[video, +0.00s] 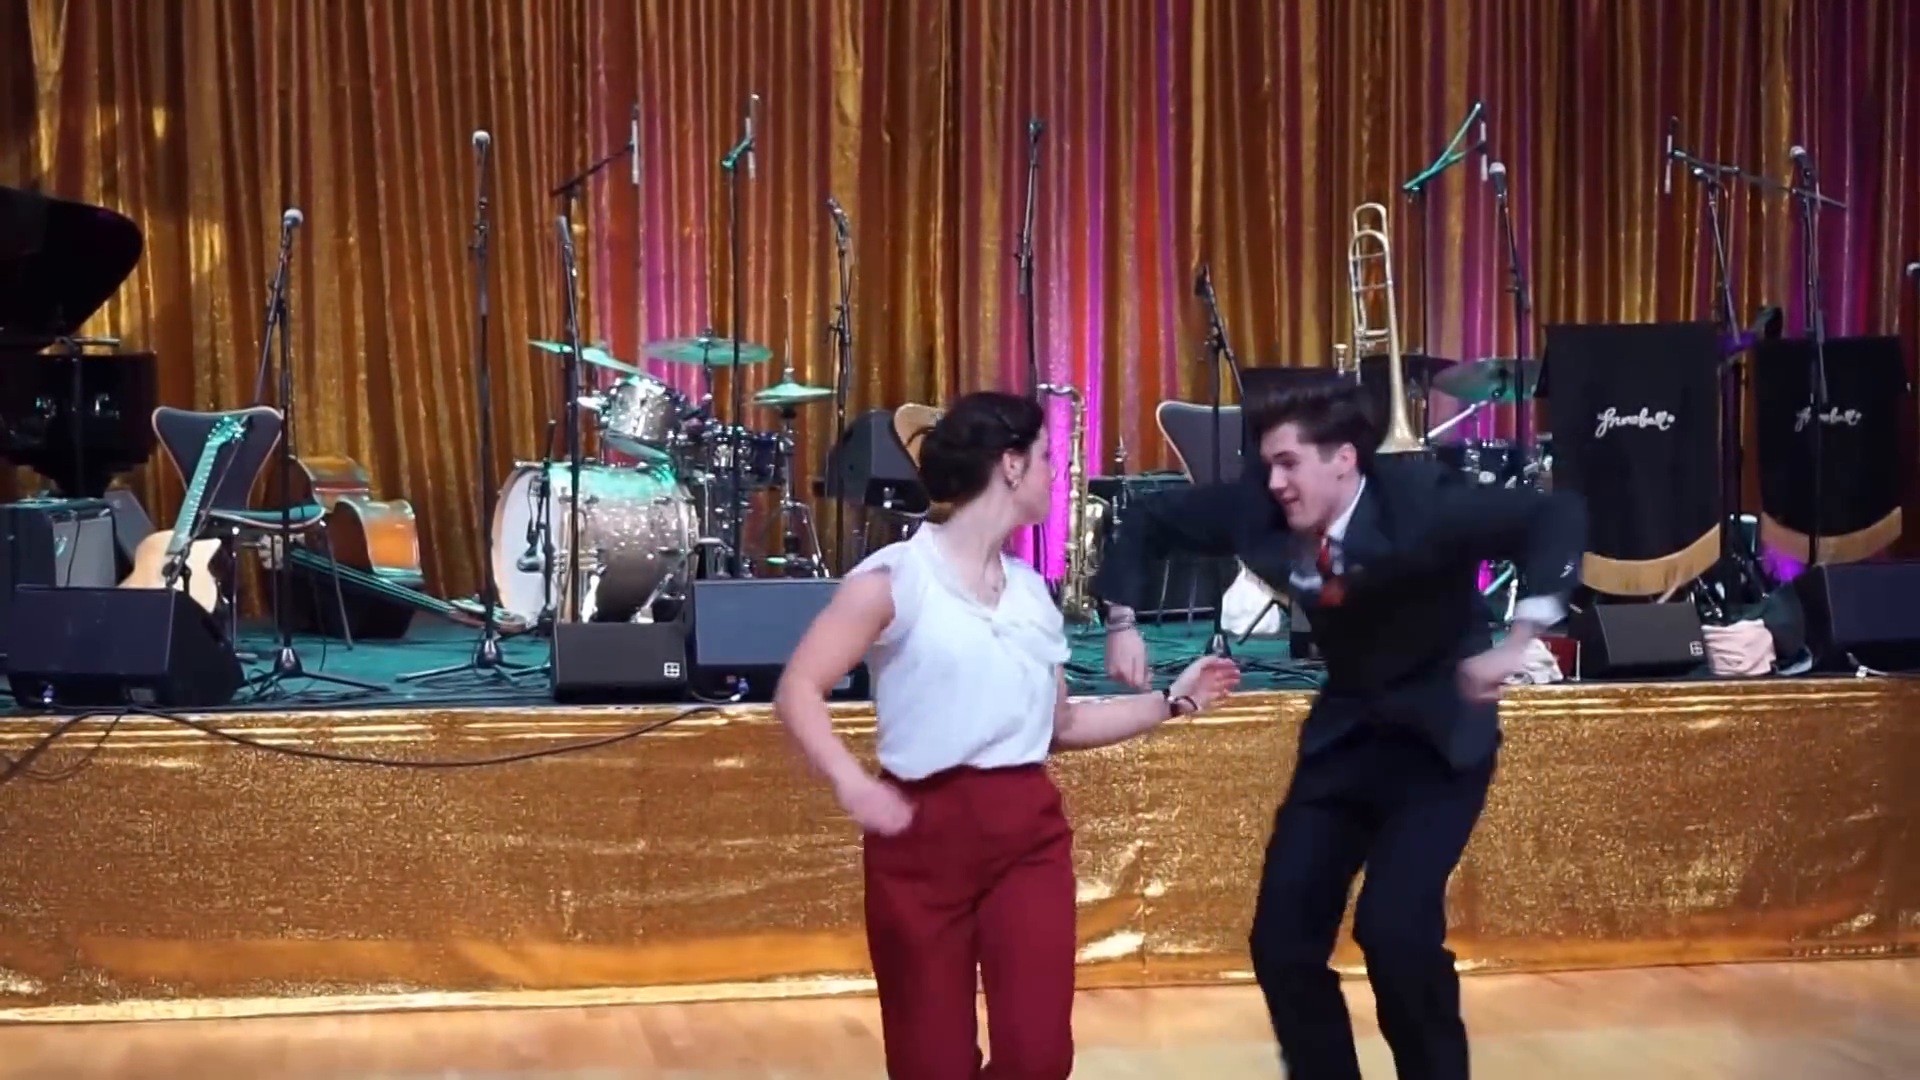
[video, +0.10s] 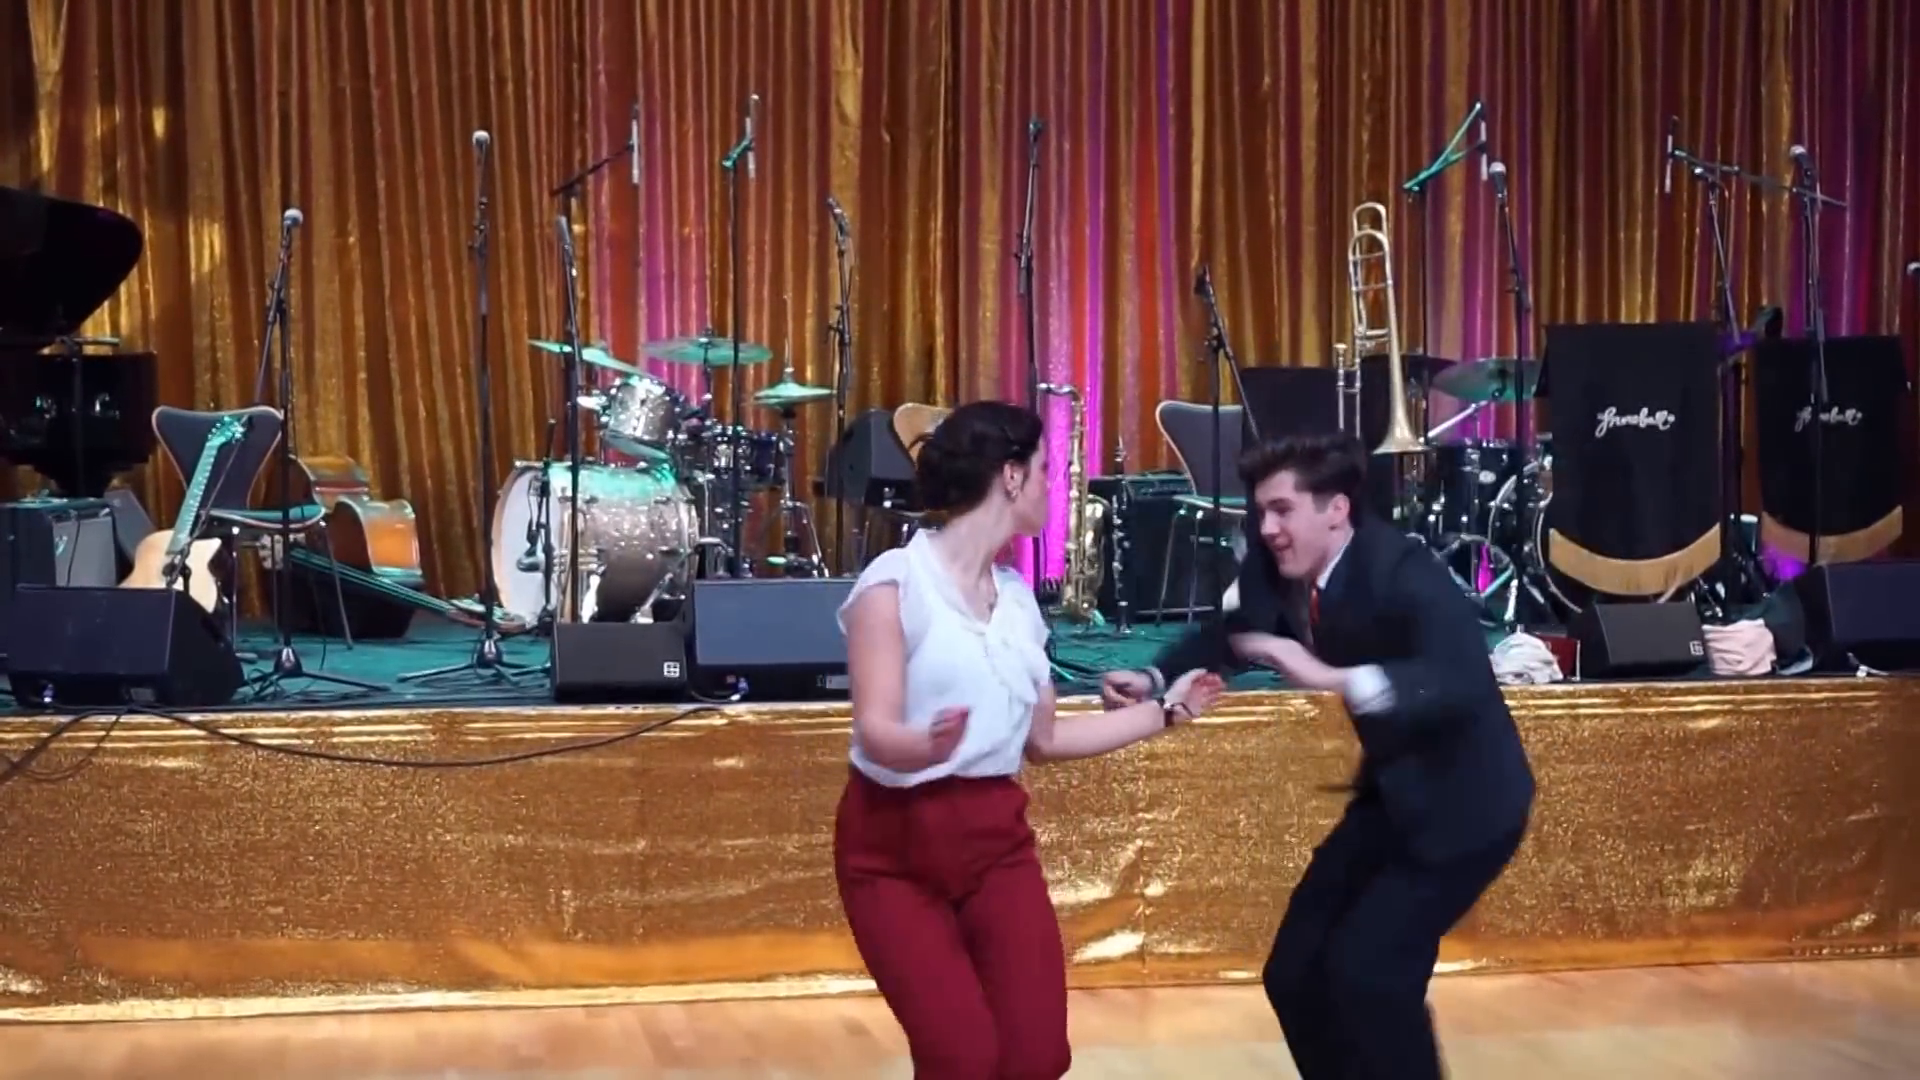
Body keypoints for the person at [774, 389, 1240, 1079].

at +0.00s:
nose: (1053, 475)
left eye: (1050, 458)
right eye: (1045, 457)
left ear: (1001, 469)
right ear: (1008, 466)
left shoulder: (1032, 592)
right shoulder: (893, 578)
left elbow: (1060, 724)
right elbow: (797, 692)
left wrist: (1174, 702)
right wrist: (856, 786)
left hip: (1030, 839)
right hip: (921, 843)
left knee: (1038, 1060)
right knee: (934, 1066)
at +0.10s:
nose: (1050, 490)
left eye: (1048, 472)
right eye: (1045, 471)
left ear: (1003, 482)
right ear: (1011, 479)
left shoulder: (1018, 600)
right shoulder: (888, 584)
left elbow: (1046, 737)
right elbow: (874, 731)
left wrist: (1166, 709)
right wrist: (925, 746)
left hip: (998, 850)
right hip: (891, 855)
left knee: (1039, 1057)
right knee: (964, 1058)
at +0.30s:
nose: (1027, 497)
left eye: (1028, 479)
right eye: (1024, 477)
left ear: (980, 481)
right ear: (989, 480)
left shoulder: (979, 590)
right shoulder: (888, 575)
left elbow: (977, 716)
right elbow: (927, 731)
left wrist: (1068, 711)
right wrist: (1052, 717)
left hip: (912, 843)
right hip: (828, 841)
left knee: (983, 1055)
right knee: (896, 1062)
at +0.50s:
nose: (939, 485)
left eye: (942, 469)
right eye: (935, 467)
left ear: (887, 457)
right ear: (890, 458)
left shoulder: (845, 538)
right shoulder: (848, 545)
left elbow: (872, 683)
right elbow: (846, 705)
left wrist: (948, 633)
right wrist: (918, 829)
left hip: (807, 827)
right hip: (772, 826)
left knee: (926, 1006)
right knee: (806, 1051)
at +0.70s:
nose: (853, 510)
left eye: (858, 494)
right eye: (847, 490)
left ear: (793, 476)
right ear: (798, 475)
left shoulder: (739, 554)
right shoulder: (800, 545)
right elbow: (747, 641)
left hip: (746, 800)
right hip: (791, 811)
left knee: (776, 1035)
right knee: (802, 1037)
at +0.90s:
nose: (815, 513)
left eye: (818, 495)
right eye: (808, 491)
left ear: (752, 484)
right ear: (757, 481)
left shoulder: (715, 553)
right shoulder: (761, 531)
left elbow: (735, 678)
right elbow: (756, 584)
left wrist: (827, 715)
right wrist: (757, 629)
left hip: (719, 835)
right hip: (774, 841)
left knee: (752, 1054)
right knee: (933, 1012)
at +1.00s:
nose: (818, 499)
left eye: (820, 483)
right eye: (810, 478)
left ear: (753, 473)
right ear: (756, 468)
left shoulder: (721, 551)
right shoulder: (768, 533)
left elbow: (746, 685)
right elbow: (788, 607)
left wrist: (848, 702)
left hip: (736, 831)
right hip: (789, 836)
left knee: (756, 1046)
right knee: (964, 1008)